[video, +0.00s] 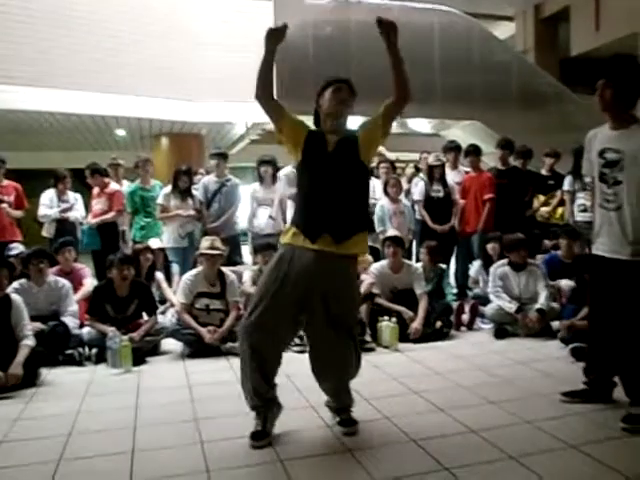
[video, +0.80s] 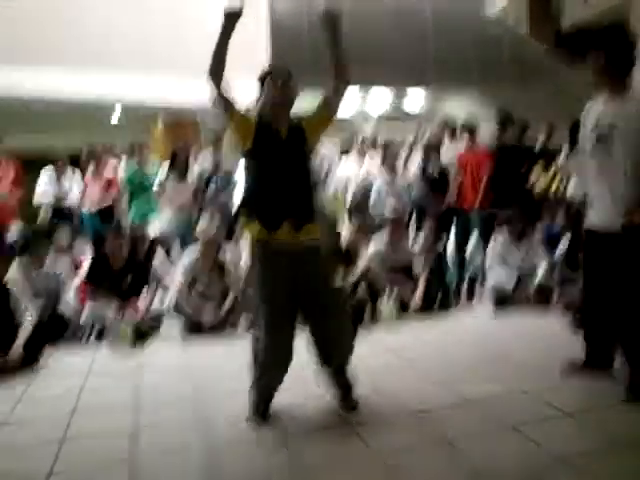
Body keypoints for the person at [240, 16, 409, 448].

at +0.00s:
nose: (341, 99)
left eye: (346, 96)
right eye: (334, 94)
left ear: (352, 108)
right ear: (318, 104)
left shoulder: (363, 142)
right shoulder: (301, 137)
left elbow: (401, 98)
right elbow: (265, 97)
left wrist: (392, 44)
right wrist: (270, 50)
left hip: (341, 260)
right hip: (295, 253)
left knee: (338, 343)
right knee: (256, 333)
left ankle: (341, 404)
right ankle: (264, 410)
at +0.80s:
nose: (281, 91)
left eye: (287, 85)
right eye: (274, 85)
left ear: (295, 94)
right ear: (261, 92)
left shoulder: (305, 132)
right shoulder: (248, 133)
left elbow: (339, 86)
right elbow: (216, 81)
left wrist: (333, 34)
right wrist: (227, 28)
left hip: (311, 246)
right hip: (269, 247)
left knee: (330, 321)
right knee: (274, 332)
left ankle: (342, 381)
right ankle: (260, 401)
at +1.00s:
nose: (267, 169)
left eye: (273, 163)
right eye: (261, 164)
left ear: (281, 171)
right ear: (247, 171)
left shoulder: (292, 207)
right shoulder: (233, 205)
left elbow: (330, 175)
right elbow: (193, 178)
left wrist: (322, 128)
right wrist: (208, 126)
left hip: (291, 317)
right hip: (248, 321)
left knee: (330, 389)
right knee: (259, 403)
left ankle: (336, 462)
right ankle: (258, 468)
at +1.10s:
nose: (263, 175)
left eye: (270, 168)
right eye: (255, 168)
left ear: (278, 172)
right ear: (242, 172)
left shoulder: (287, 210)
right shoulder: (226, 209)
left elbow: (327, 220)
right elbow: (180, 205)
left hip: (285, 321)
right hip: (242, 325)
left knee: (333, 390)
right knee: (255, 409)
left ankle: (343, 470)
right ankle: (257, 470)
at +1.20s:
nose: (274, 147)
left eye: (273, 141)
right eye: (266, 141)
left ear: (272, 149)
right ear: (244, 148)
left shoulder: (281, 194)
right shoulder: (225, 184)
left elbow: (299, 243)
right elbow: (207, 176)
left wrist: (319, 242)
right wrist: (200, 159)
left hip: (278, 301)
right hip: (239, 304)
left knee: (311, 374)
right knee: (249, 387)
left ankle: (349, 450)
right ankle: (256, 460)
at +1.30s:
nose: (271, 133)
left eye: (272, 127)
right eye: (263, 127)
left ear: (269, 138)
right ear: (240, 134)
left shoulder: (278, 185)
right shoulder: (222, 171)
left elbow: (288, 236)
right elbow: (214, 115)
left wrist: (294, 277)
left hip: (277, 286)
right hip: (234, 287)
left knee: (298, 366)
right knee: (245, 371)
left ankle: (306, 451)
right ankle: (252, 449)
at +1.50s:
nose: (270, 138)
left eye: (273, 132)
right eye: (262, 131)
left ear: (274, 139)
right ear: (241, 134)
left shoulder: (279, 183)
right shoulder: (221, 172)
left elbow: (301, 230)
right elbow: (202, 124)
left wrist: (318, 246)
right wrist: (215, 68)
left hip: (277, 289)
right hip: (235, 290)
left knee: (289, 373)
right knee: (244, 375)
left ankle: (292, 455)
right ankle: (255, 455)